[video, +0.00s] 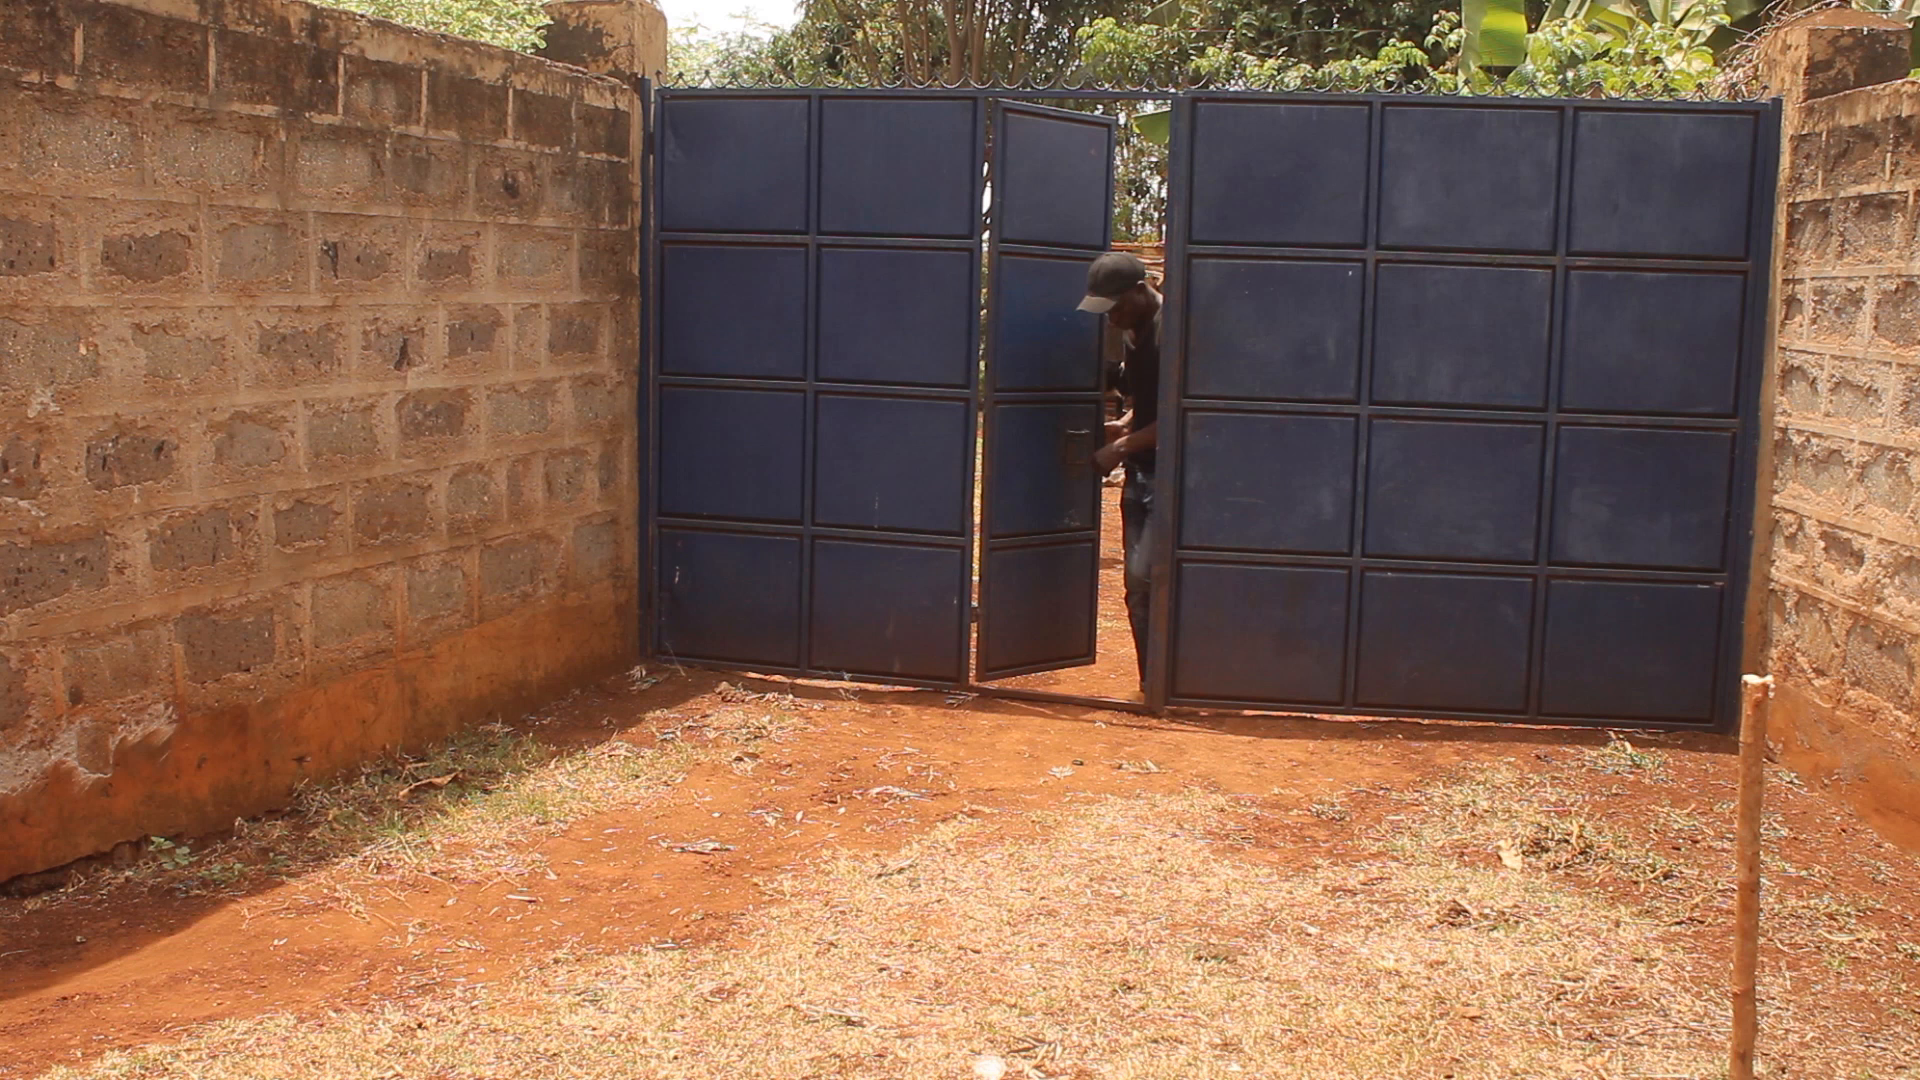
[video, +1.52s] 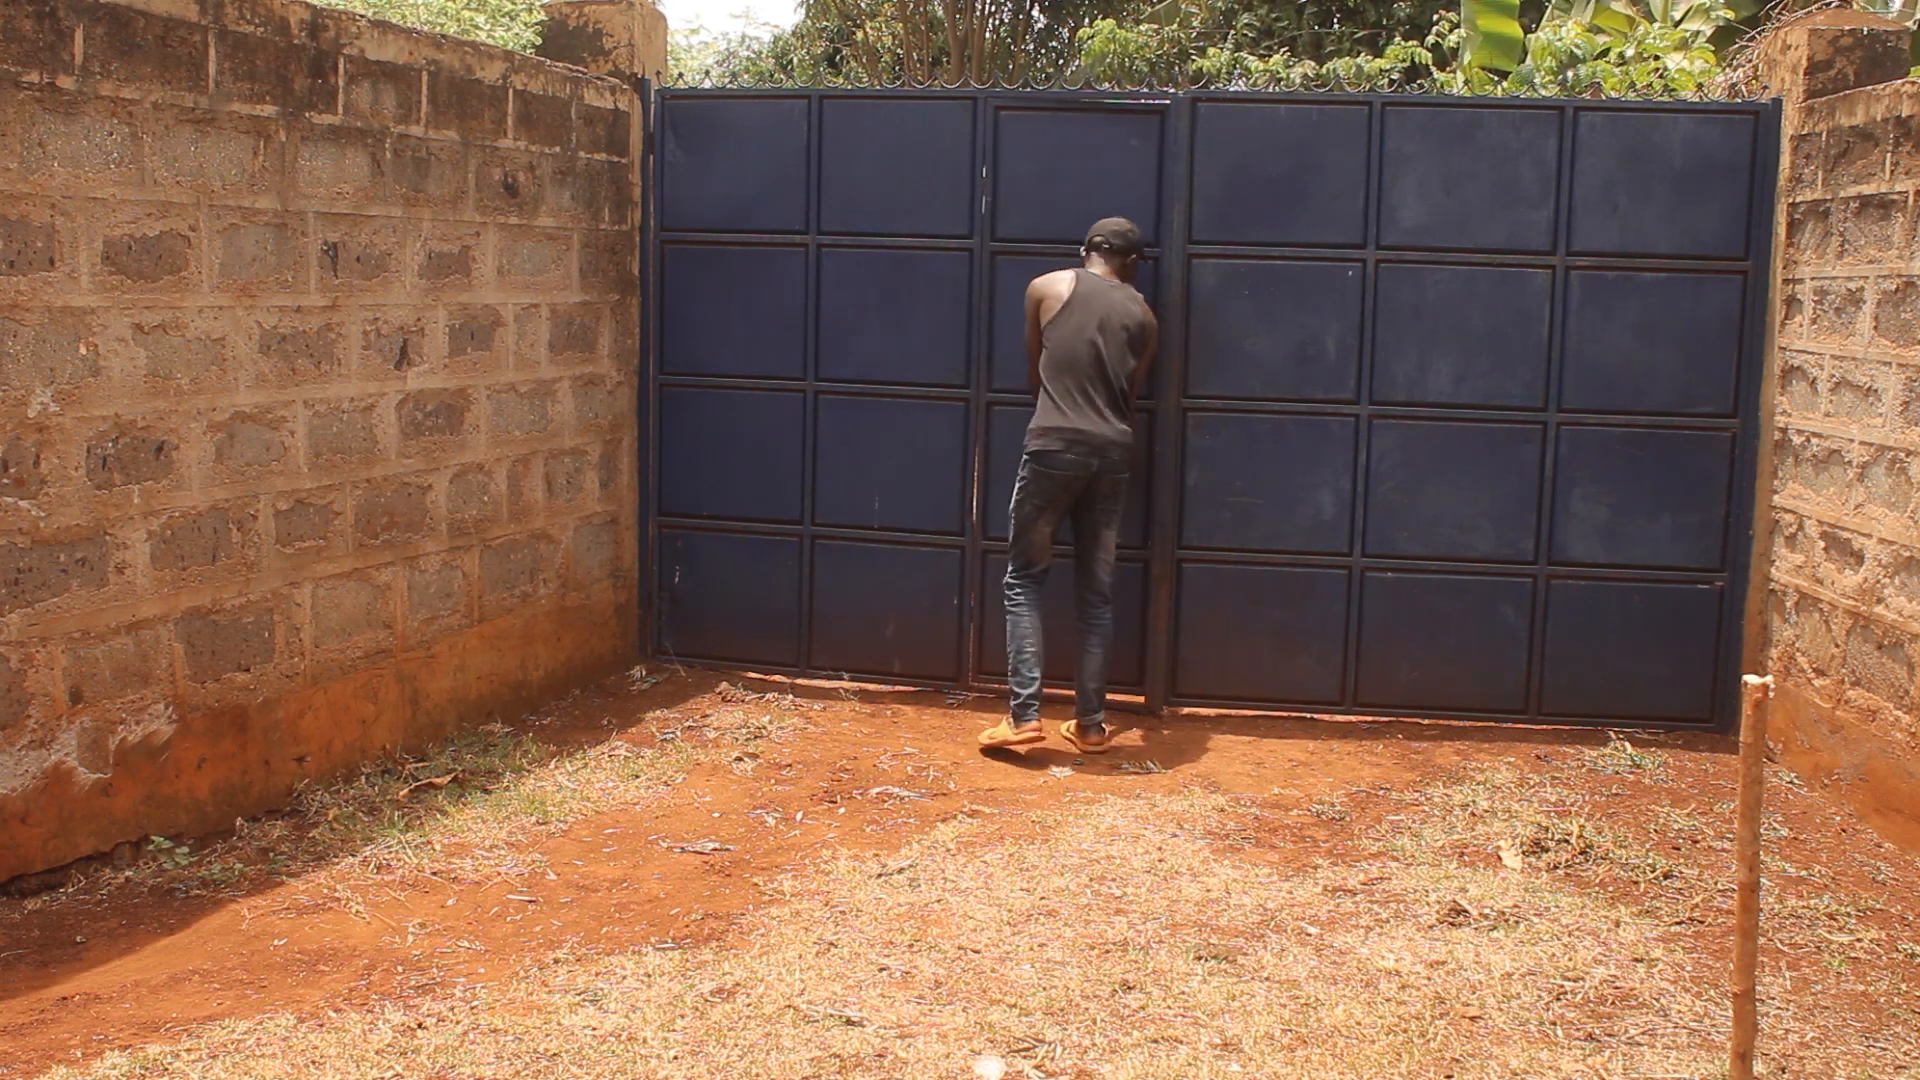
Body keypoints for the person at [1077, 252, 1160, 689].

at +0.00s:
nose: (1111, 316)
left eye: (1115, 306)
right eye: (1107, 308)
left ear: (1139, 293)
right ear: (1112, 299)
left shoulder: (1171, 332)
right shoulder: (1135, 328)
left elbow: (1177, 417)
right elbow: (1149, 400)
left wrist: (1120, 449)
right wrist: (1123, 427)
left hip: (1171, 472)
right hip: (1141, 469)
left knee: (1150, 573)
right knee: (1137, 577)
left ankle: (1164, 683)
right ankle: (1151, 682)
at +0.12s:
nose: (1090, 310)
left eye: (1095, 301)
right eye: (1087, 302)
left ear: (1121, 286)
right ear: (1108, 291)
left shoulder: (1152, 325)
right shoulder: (1119, 322)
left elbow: (1157, 413)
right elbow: (1131, 405)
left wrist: (1091, 443)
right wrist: (1097, 438)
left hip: (1158, 461)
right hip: (1134, 459)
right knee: (1137, 560)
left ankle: (1154, 628)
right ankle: (1152, 660)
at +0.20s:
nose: (1076, 310)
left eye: (1079, 301)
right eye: (1073, 302)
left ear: (1103, 286)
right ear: (1099, 288)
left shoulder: (1139, 322)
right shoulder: (1114, 317)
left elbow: (1140, 412)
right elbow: (1117, 402)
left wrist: (1069, 438)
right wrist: (1085, 441)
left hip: (1147, 458)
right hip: (1126, 456)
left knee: (1066, 520)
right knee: (1126, 568)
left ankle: (1125, 637)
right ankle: (1150, 672)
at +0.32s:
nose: (1053, 310)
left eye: (1055, 300)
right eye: (1049, 302)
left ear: (1079, 285)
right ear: (1079, 286)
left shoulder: (1112, 326)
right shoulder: (1107, 315)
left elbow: (1109, 415)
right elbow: (1113, 408)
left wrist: (1043, 433)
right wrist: (1063, 431)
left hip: (1126, 462)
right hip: (1113, 459)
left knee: (1040, 541)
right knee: (1114, 573)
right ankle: (1149, 675)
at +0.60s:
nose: (1012, 291)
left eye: (1009, 281)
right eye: (1008, 282)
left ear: (1021, 270)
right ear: (1050, 260)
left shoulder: (1050, 312)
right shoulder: (1081, 304)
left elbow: (1025, 402)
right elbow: (1107, 393)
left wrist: (1013, 434)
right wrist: (1103, 454)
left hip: (1064, 475)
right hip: (1084, 473)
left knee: (1000, 574)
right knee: (1029, 573)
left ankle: (1029, 704)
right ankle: (1114, 626)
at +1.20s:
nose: (1080, 250)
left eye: (1048, 239)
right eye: (1090, 242)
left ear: (1044, 241)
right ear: (1092, 245)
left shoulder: (1013, 291)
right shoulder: (1117, 300)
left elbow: (1015, 369)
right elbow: (1117, 387)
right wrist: (1127, 442)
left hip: (1039, 456)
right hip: (1098, 458)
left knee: (1025, 582)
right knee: (1083, 584)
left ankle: (1030, 704)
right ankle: (1089, 717)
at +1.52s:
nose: (1133, 270)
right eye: (1134, 263)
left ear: (1085, 251)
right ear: (1132, 263)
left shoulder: (1046, 287)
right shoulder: (1144, 317)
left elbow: (1037, 371)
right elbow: (1131, 393)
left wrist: (1074, 406)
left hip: (1052, 449)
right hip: (1112, 455)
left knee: (1023, 578)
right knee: (1098, 593)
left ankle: (1025, 715)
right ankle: (1091, 722)